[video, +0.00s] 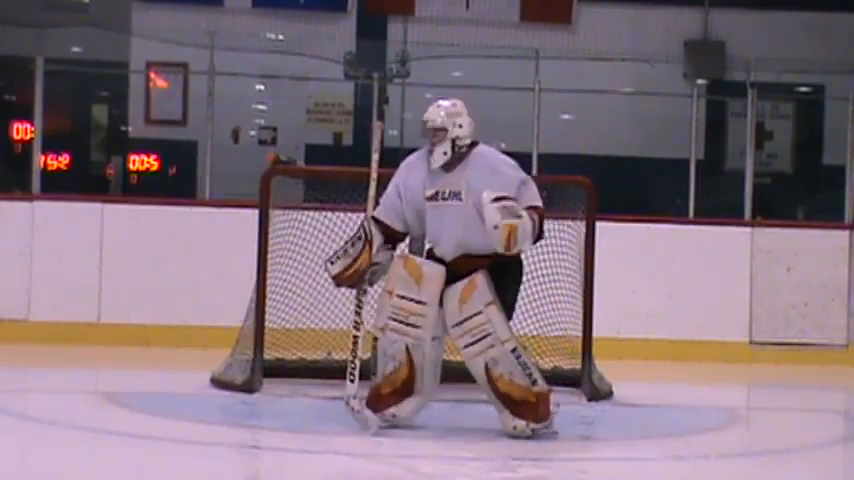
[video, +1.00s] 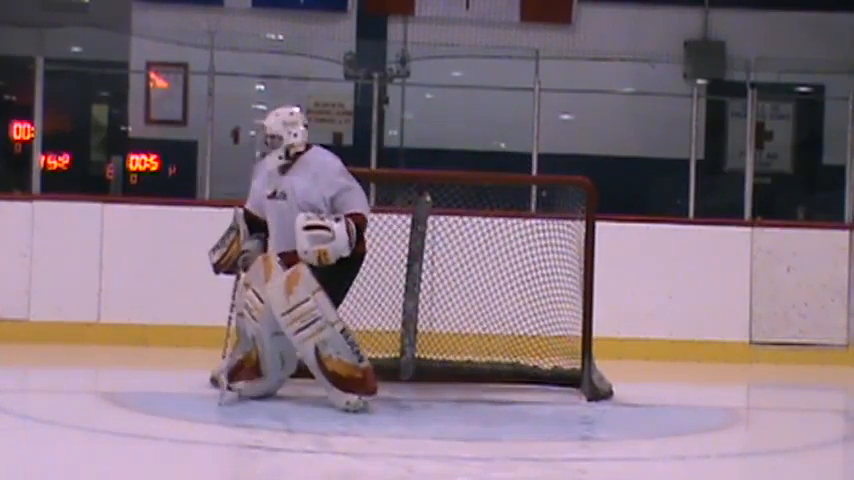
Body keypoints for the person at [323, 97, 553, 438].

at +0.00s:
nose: (433, 140)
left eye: (439, 132)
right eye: (429, 133)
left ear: (461, 131)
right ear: (426, 131)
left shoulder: (492, 164)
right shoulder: (415, 168)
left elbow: (533, 210)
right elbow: (389, 220)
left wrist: (518, 229)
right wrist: (359, 252)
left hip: (494, 266)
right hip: (436, 268)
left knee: (490, 340)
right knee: (410, 333)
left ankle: (525, 412)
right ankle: (395, 406)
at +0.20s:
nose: (388, 163)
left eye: (393, 155)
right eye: (382, 158)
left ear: (410, 153)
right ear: (378, 160)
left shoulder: (438, 181)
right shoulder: (383, 199)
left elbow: (477, 227)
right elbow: (360, 235)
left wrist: (446, 253)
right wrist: (335, 256)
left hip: (469, 279)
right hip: (421, 283)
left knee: (481, 346)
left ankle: (535, 405)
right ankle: (350, 387)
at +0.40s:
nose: (313, 175)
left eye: (317, 166)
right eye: (311, 168)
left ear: (333, 164)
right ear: (317, 168)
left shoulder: (359, 186)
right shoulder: (327, 202)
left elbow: (398, 240)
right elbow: (309, 234)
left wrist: (365, 261)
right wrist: (286, 249)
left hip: (412, 268)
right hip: (375, 274)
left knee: (424, 342)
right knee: (320, 308)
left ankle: (509, 394)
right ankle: (319, 378)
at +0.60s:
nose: (277, 167)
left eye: (280, 161)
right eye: (275, 161)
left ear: (293, 157)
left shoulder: (322, 176)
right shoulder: (289, 190)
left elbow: (362, 230)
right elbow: (272, 226)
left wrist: (329, 251)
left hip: (375, 262)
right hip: (343, 266)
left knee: (360, 337)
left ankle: (433, 389)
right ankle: (288, 376)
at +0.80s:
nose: (265, 150)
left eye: (270, 143)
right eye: (263, 143)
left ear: (286, 143)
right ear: (262, 146)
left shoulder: (315, 171)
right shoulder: (269, 177)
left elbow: (351, 221)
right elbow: (258, 219)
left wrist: (322, 244)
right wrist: (239, 244)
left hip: (344, 256)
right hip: (300, 258)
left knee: (317, 321)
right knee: (266, 309)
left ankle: (366, 385)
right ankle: (251, 371)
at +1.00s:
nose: (268, 143)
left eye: (273, 138)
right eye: (267, 137)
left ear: (292, 137)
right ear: (267, 136)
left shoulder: (325, 165)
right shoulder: (266, 169)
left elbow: (357, 206)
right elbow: (254, 218)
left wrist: (343, 234)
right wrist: (235, 249)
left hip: (333, 256)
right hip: (285, 257)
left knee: (311, 316)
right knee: (263, 310)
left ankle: (353, 385)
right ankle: (255, 377)